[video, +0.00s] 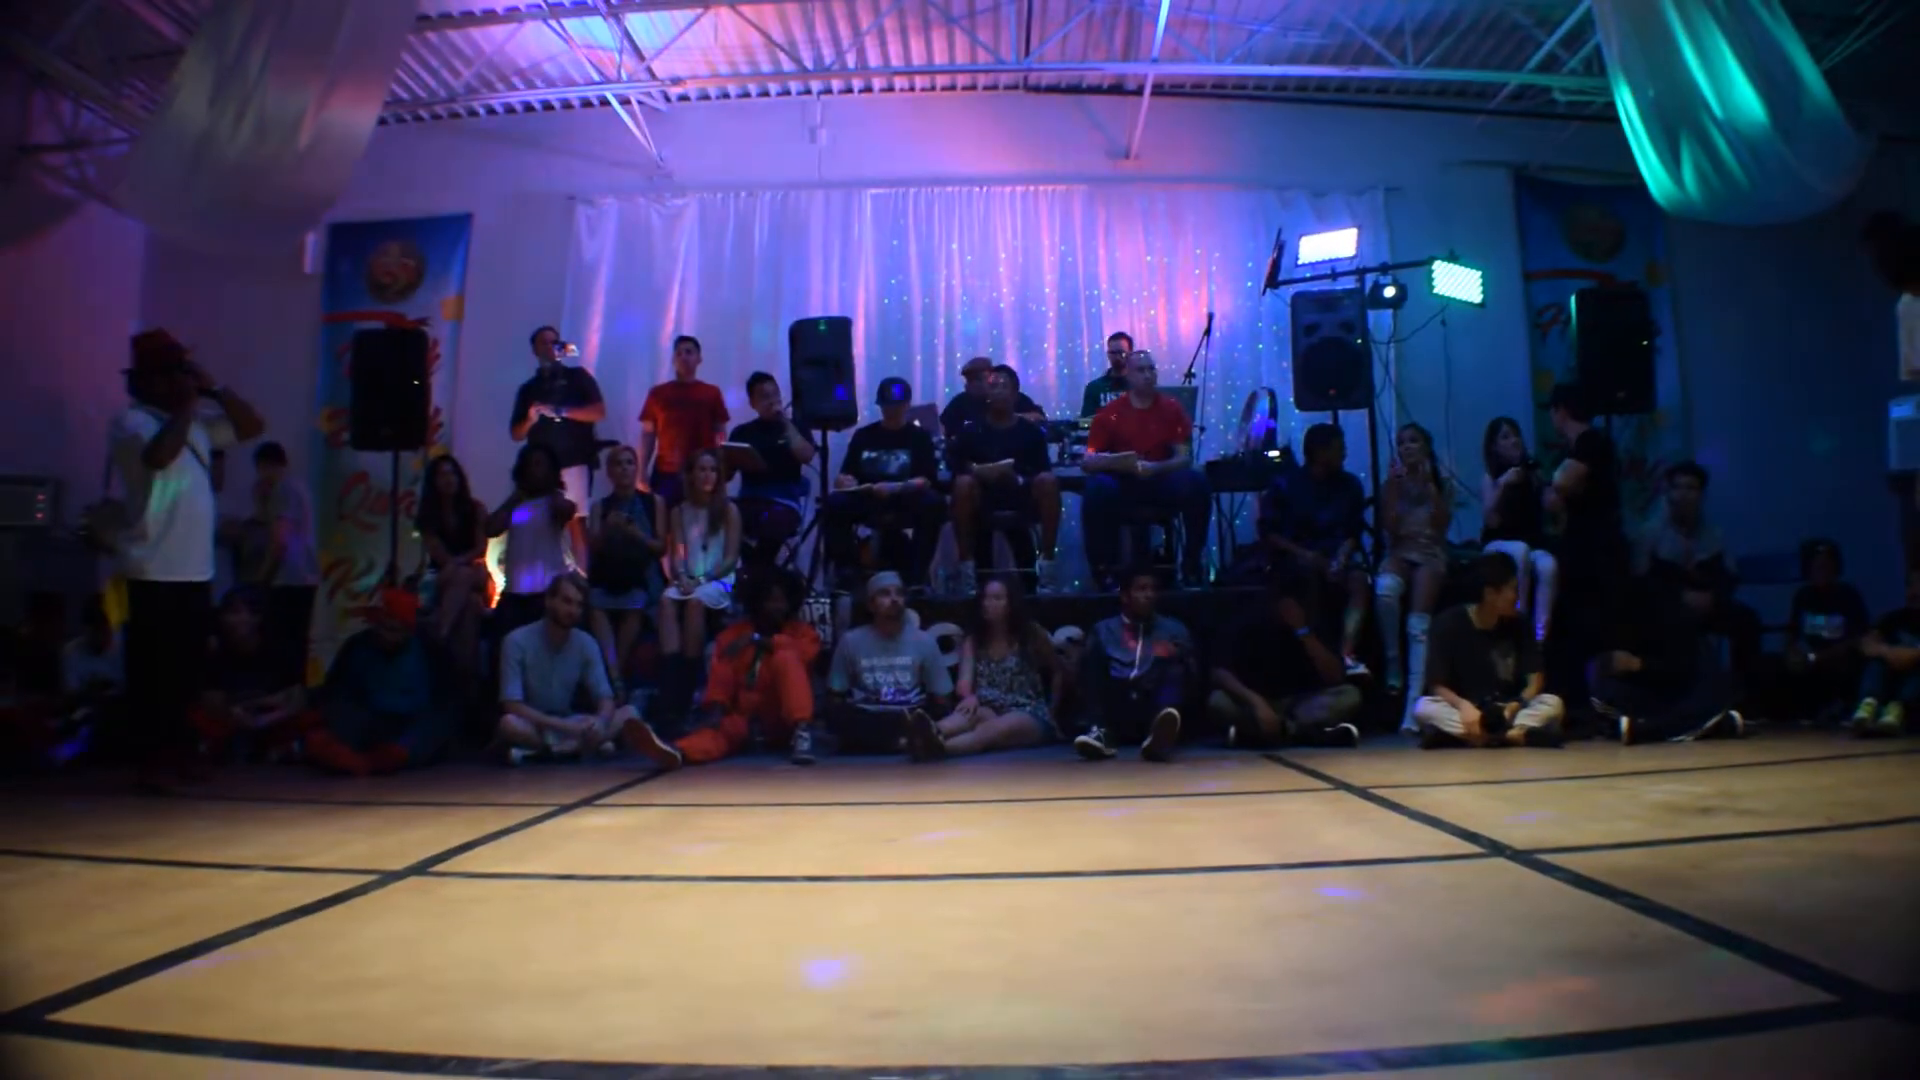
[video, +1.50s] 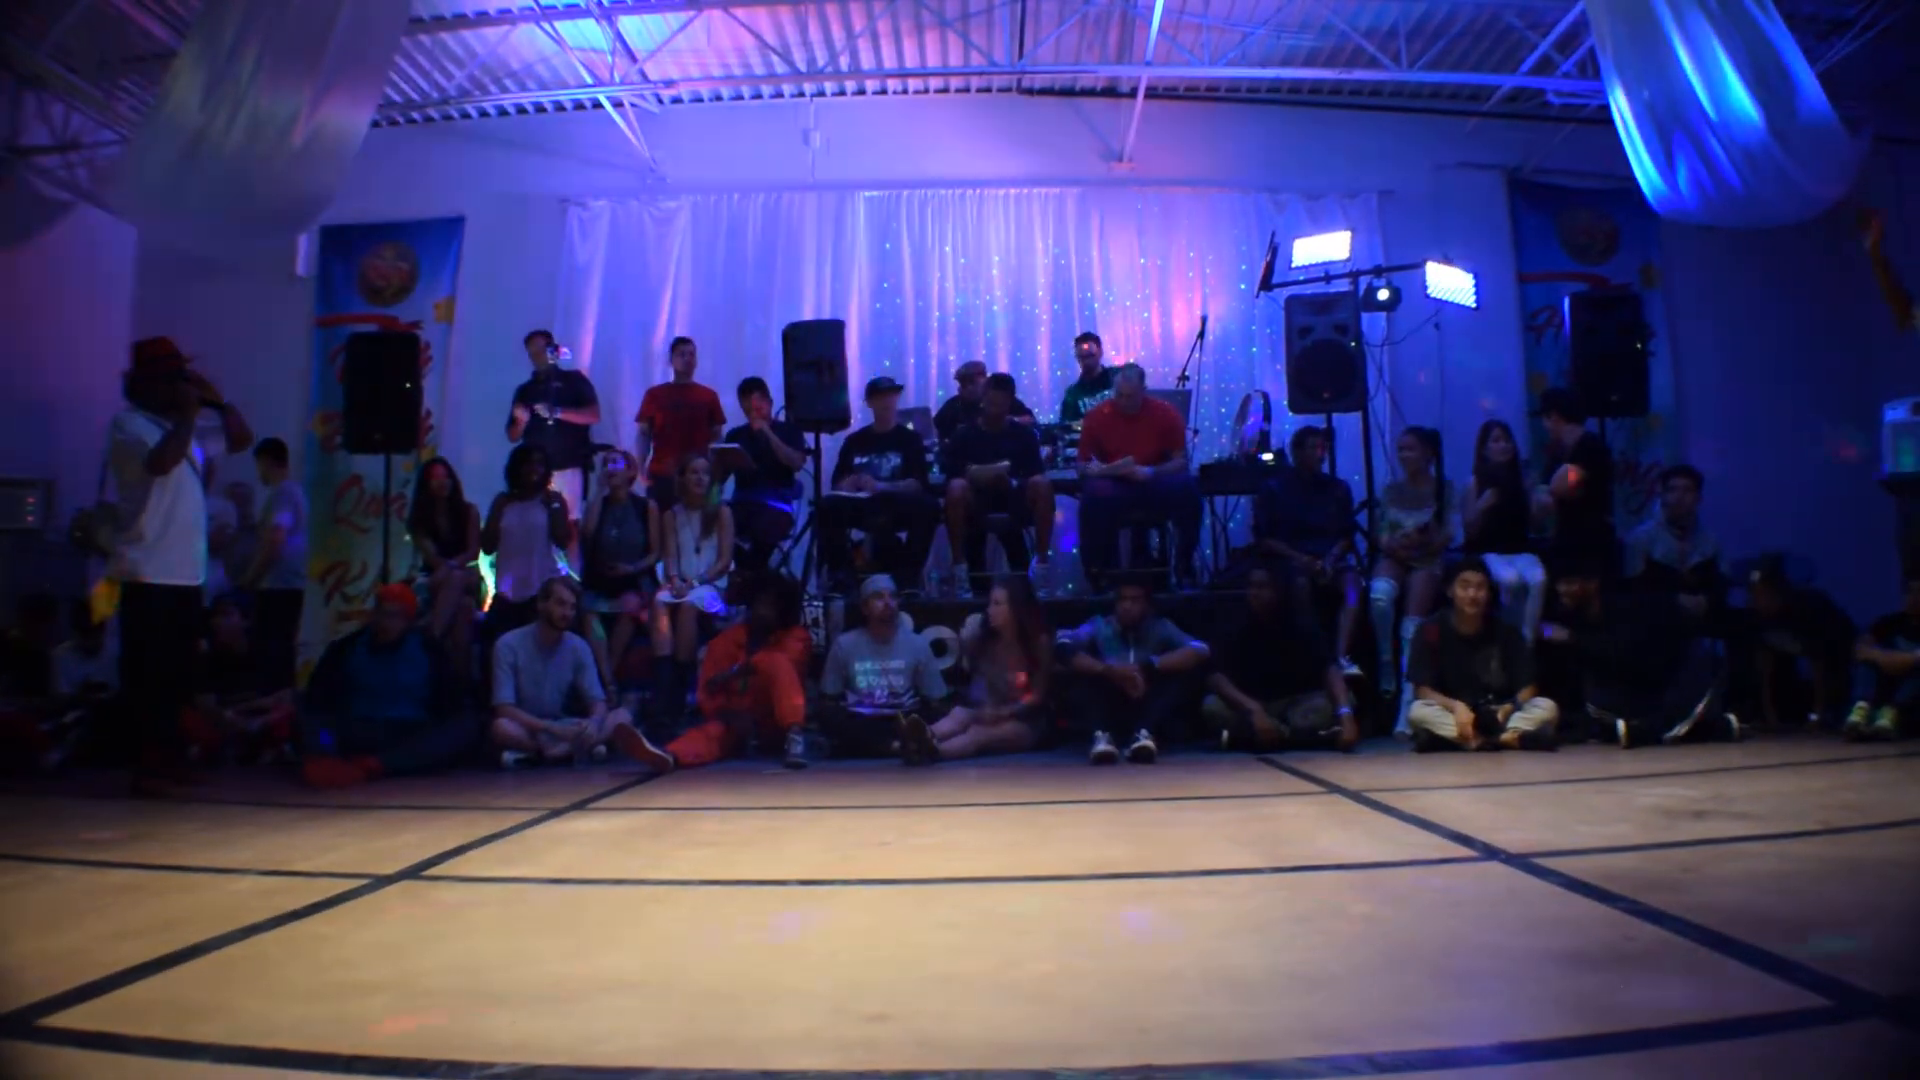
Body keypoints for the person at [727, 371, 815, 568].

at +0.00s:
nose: (772, 401)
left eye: (775, 394)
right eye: (765, 396)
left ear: (780, 396)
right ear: (753, 402)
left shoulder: (795, 428)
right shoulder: (742, 432)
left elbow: (806, 456)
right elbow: (727, 473)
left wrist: (786, 423)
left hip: (785, 495)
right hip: (751, 495)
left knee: (773, 527)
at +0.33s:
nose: (769, 404)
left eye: (772, 398)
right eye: (762, 400)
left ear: (777, 398)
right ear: (749, 405)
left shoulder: (792, 431)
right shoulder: (739, 434)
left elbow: (802, 458)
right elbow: (723, 476)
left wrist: (783, 428)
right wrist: (726, 459)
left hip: (780, 499)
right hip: (747, 499)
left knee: (773, 529)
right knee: (723, 520)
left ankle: (755, 571)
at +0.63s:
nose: (762, 407)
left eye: (766, 401)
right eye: (756, 403)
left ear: (774, 401)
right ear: (746, 406)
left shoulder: (789, 431)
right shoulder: (737, 435)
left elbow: (799, 460)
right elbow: (721, 477)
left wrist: (776, 431)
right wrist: (727, 461)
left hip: (779, 499)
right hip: (745, 499)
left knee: (768, 531)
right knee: (726, 527)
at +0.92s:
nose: (759, 411)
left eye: (763, 404)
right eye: (753, 406)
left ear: (771, 404)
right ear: (744, 407)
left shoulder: (790, 432)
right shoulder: (737, 435)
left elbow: (798, 462)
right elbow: (721, 477)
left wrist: (769, 433)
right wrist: (726, 461)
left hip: (778, 498)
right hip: (745, 498)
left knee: (772, 529)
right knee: (725, 525)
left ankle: (755, 572)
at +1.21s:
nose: (756, 414)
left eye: (760, 409)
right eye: (751, 410)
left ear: (770, 405)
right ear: (743, 409)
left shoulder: (789, 432)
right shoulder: (736, 435)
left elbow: (797, 462)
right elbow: (721, 477)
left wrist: (768, 434)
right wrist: (728, 459)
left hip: (777, 499)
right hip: (745, 498)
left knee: (769, 531)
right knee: (725, 527)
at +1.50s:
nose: (755, 406)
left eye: (760, 400)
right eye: (748, 401)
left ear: (769, 403)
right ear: (742, 406)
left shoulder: (789, 431)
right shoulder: (736, 435)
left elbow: (797, 462)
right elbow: (719, 478)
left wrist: (768, 433)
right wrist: (725, 459)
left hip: (778, 499)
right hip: (745, 498)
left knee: (768, 529)